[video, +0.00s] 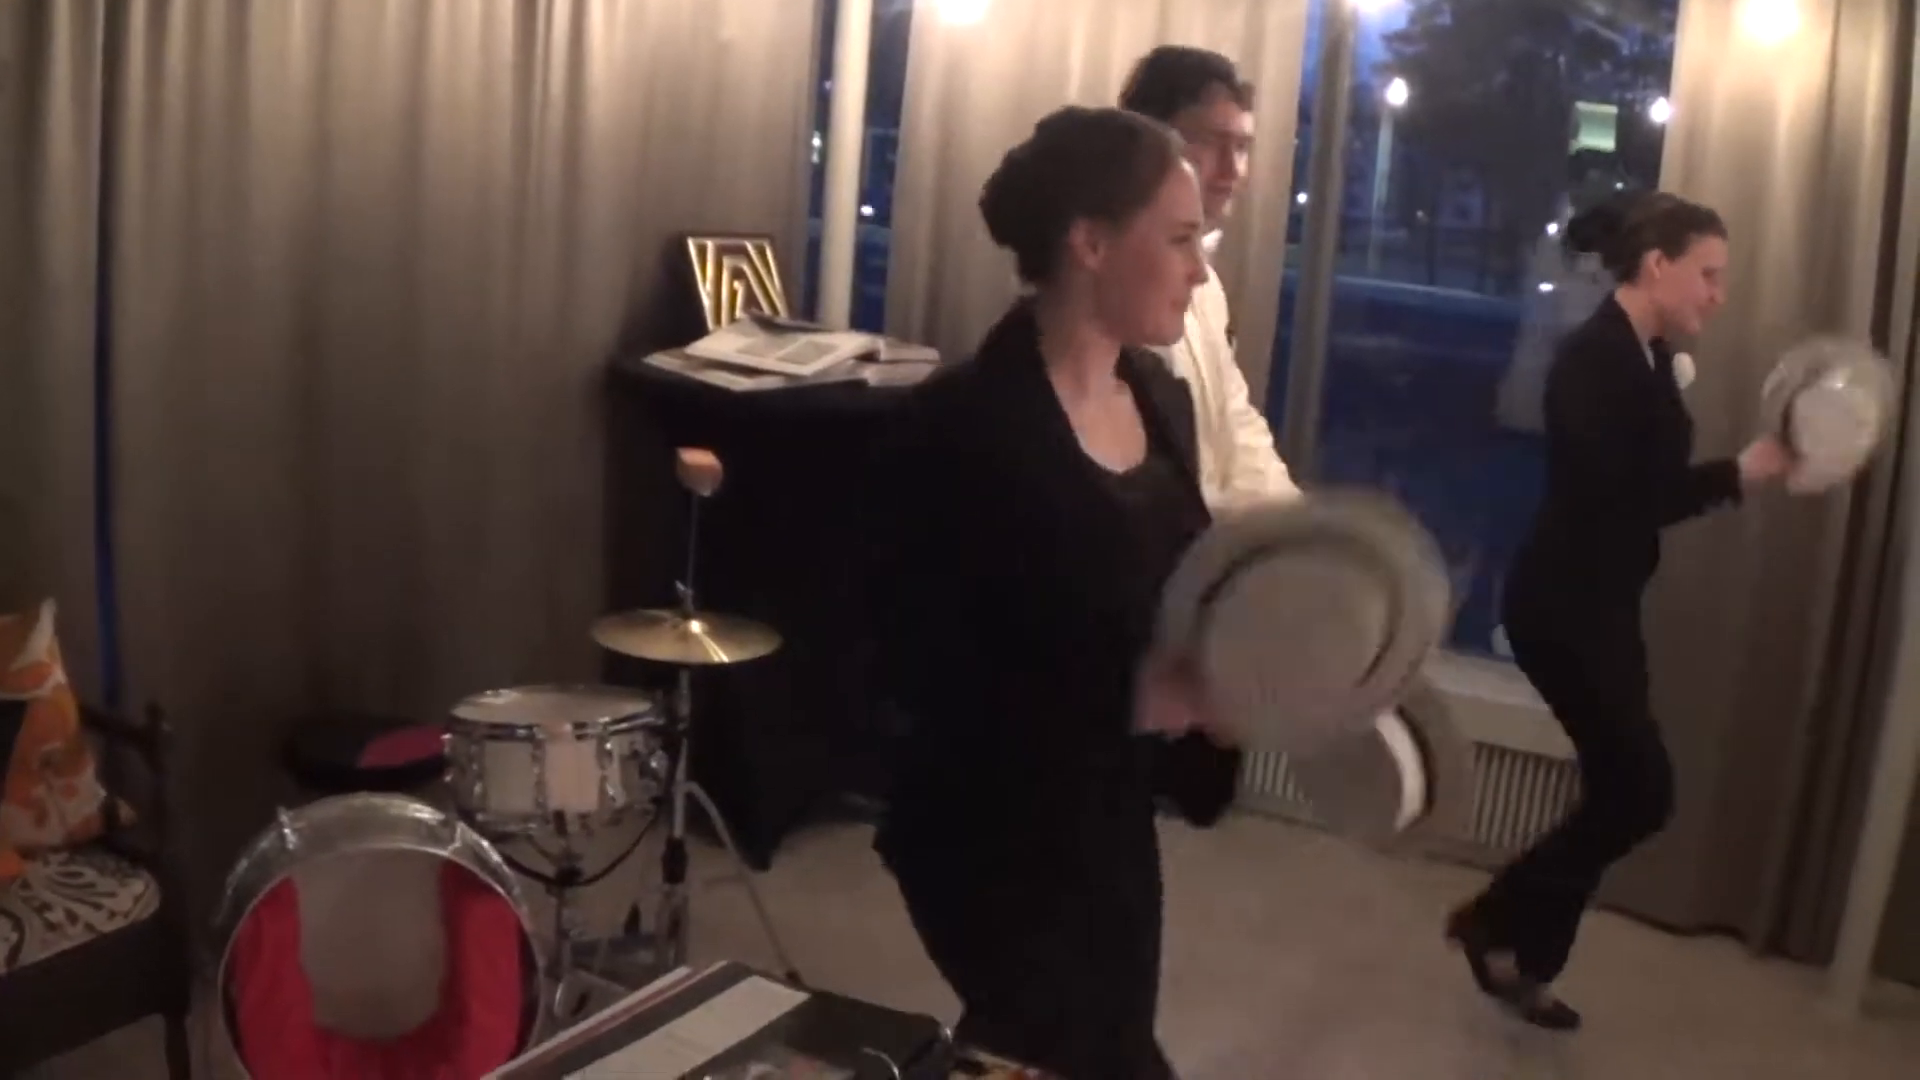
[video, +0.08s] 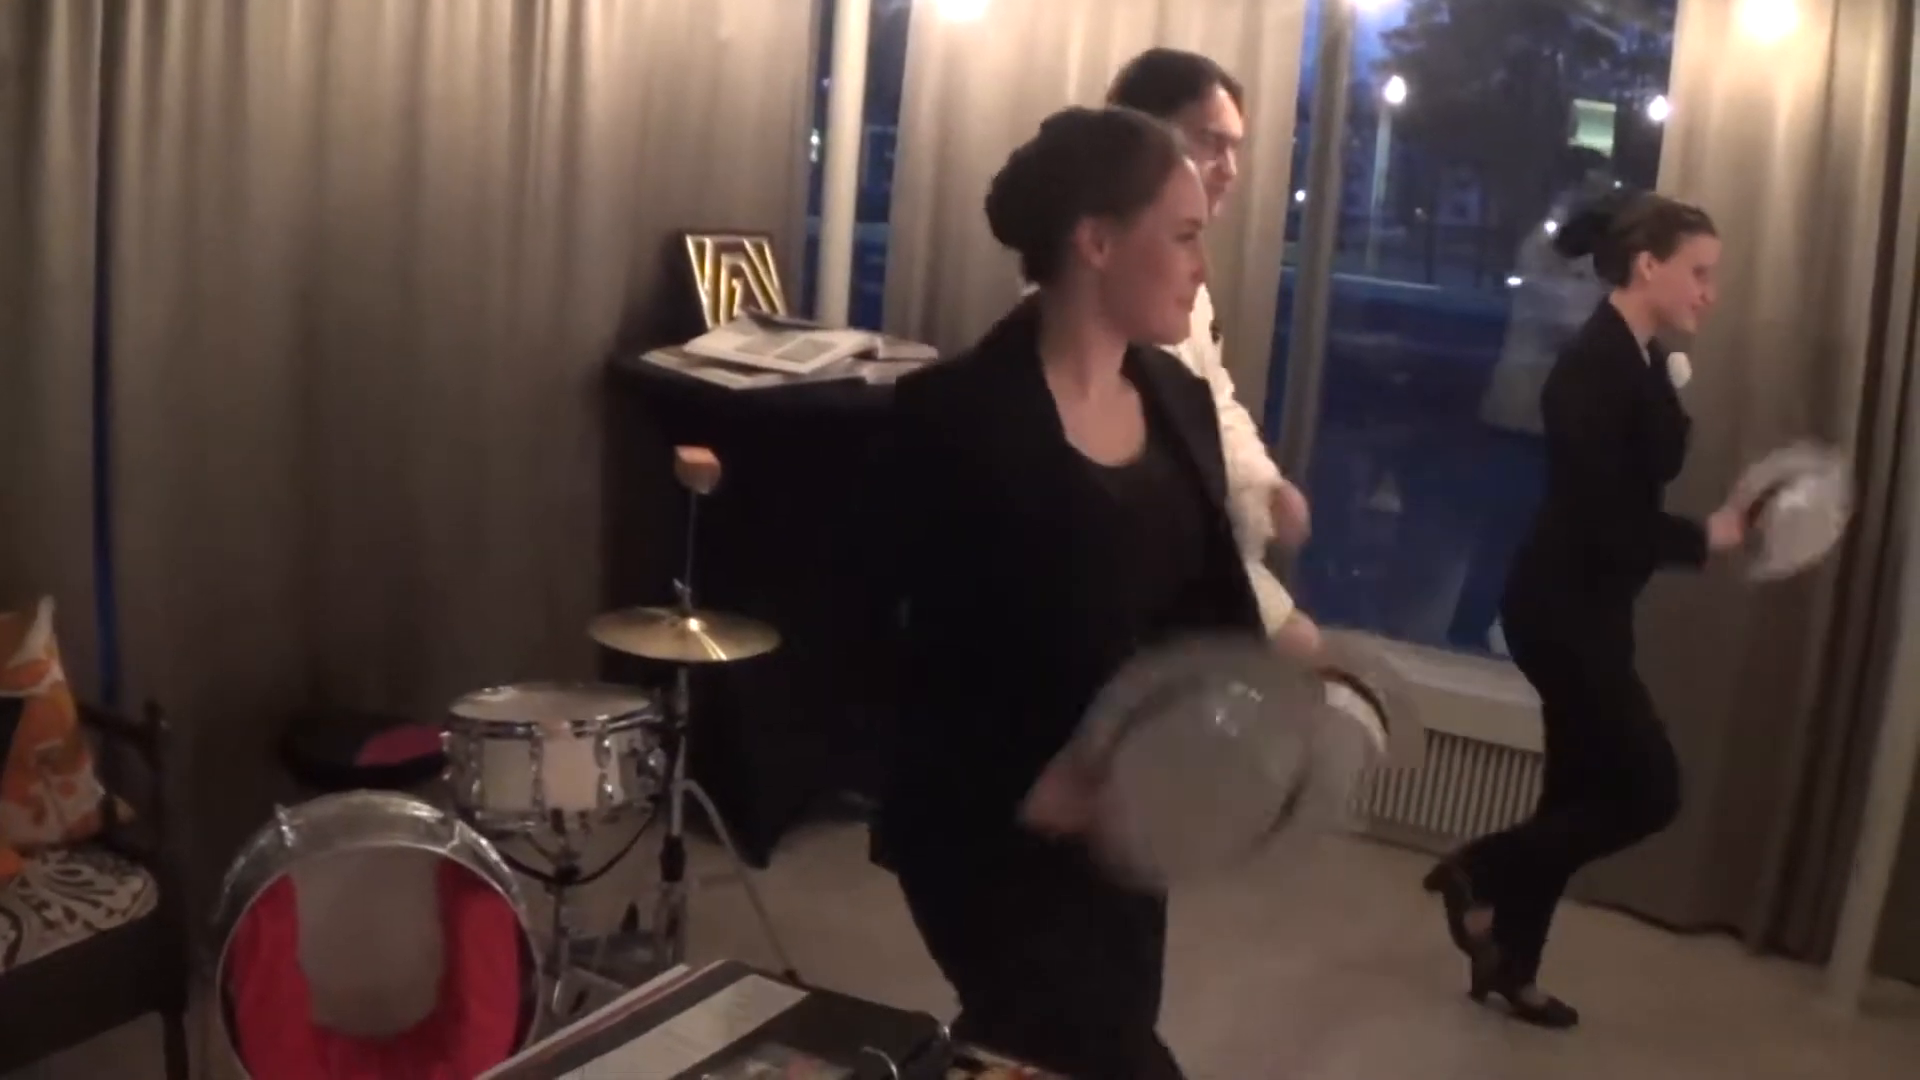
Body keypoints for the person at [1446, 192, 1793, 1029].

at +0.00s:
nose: (1717, 296)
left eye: (1721, 279)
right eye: (1707, 275)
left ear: (1658, 272)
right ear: (1654, 267)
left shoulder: (1649, 360)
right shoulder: (1597, 358)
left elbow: (1644, 495)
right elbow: (1624, 501)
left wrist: (1743, 479)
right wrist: (1737, 472)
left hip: (1601, 603)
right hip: (1562, 603)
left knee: (1618, 786)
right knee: (1639, 790)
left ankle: (1526, 963)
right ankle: (1491, 921)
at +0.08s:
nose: (1710, 294)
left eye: (1713, 277)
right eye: (1700, 274)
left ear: (1648, 273)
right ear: (1645, 268)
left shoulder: (1639, 359)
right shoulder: (1601, 365)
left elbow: (1625, 511)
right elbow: (1606, 524)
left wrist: (1716, 533)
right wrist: (1706, 536)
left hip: (1590, 604)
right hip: (1561, 607)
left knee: (1573, 788)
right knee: (1646, 789)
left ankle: (1511, 970)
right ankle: (1478, 873)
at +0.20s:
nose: (1703, 290)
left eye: (1706, 273)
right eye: (1692, 270)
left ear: (1645, 271)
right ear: (1635, 266)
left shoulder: (1630, 360)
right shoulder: (1597, 363)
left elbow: (1628, 495)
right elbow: (1602, 503)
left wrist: (1677, 553)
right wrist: (1663, 584)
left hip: (1590, 600)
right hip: (1557, 601)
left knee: (1581, 795)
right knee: (1608, 801)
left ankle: (1510, 964)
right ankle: (1461, 918)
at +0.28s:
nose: (1698, 289)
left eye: (1701, 273)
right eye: (1688, 270)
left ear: (1640, 271)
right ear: (1632, 266)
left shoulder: (1622, 354)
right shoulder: (1595, 360)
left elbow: (1620, 488)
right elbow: (1610, 500)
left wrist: (1665, 541)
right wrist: (1666, 576)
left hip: (1591, 599)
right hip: (1559, 602)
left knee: (1592, 783)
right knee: (1583, 785)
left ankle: (1516, 956)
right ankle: (1456, 950)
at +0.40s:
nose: (1693, 306)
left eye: (1696, 290)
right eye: (1683, 287)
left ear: (1639, 285)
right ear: (1629, 280)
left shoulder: (1608, 359)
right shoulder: (1600, 365)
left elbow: (1637, 478)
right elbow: (1652, 482)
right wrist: (1767, 533)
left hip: (1572, 608)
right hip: (1554, 613)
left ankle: (1535, 905)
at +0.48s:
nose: (1710, 286)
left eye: (1714, 270)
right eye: (1700, 267)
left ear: (1658, 265)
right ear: (1645, 260)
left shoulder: (1637, 344)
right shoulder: (1610, 348)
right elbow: (1636, 450)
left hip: (1596, 595)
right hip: (1555, 598)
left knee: (1642, 729)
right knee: (1542, 780)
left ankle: (1540, 882)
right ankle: (1441, 958)